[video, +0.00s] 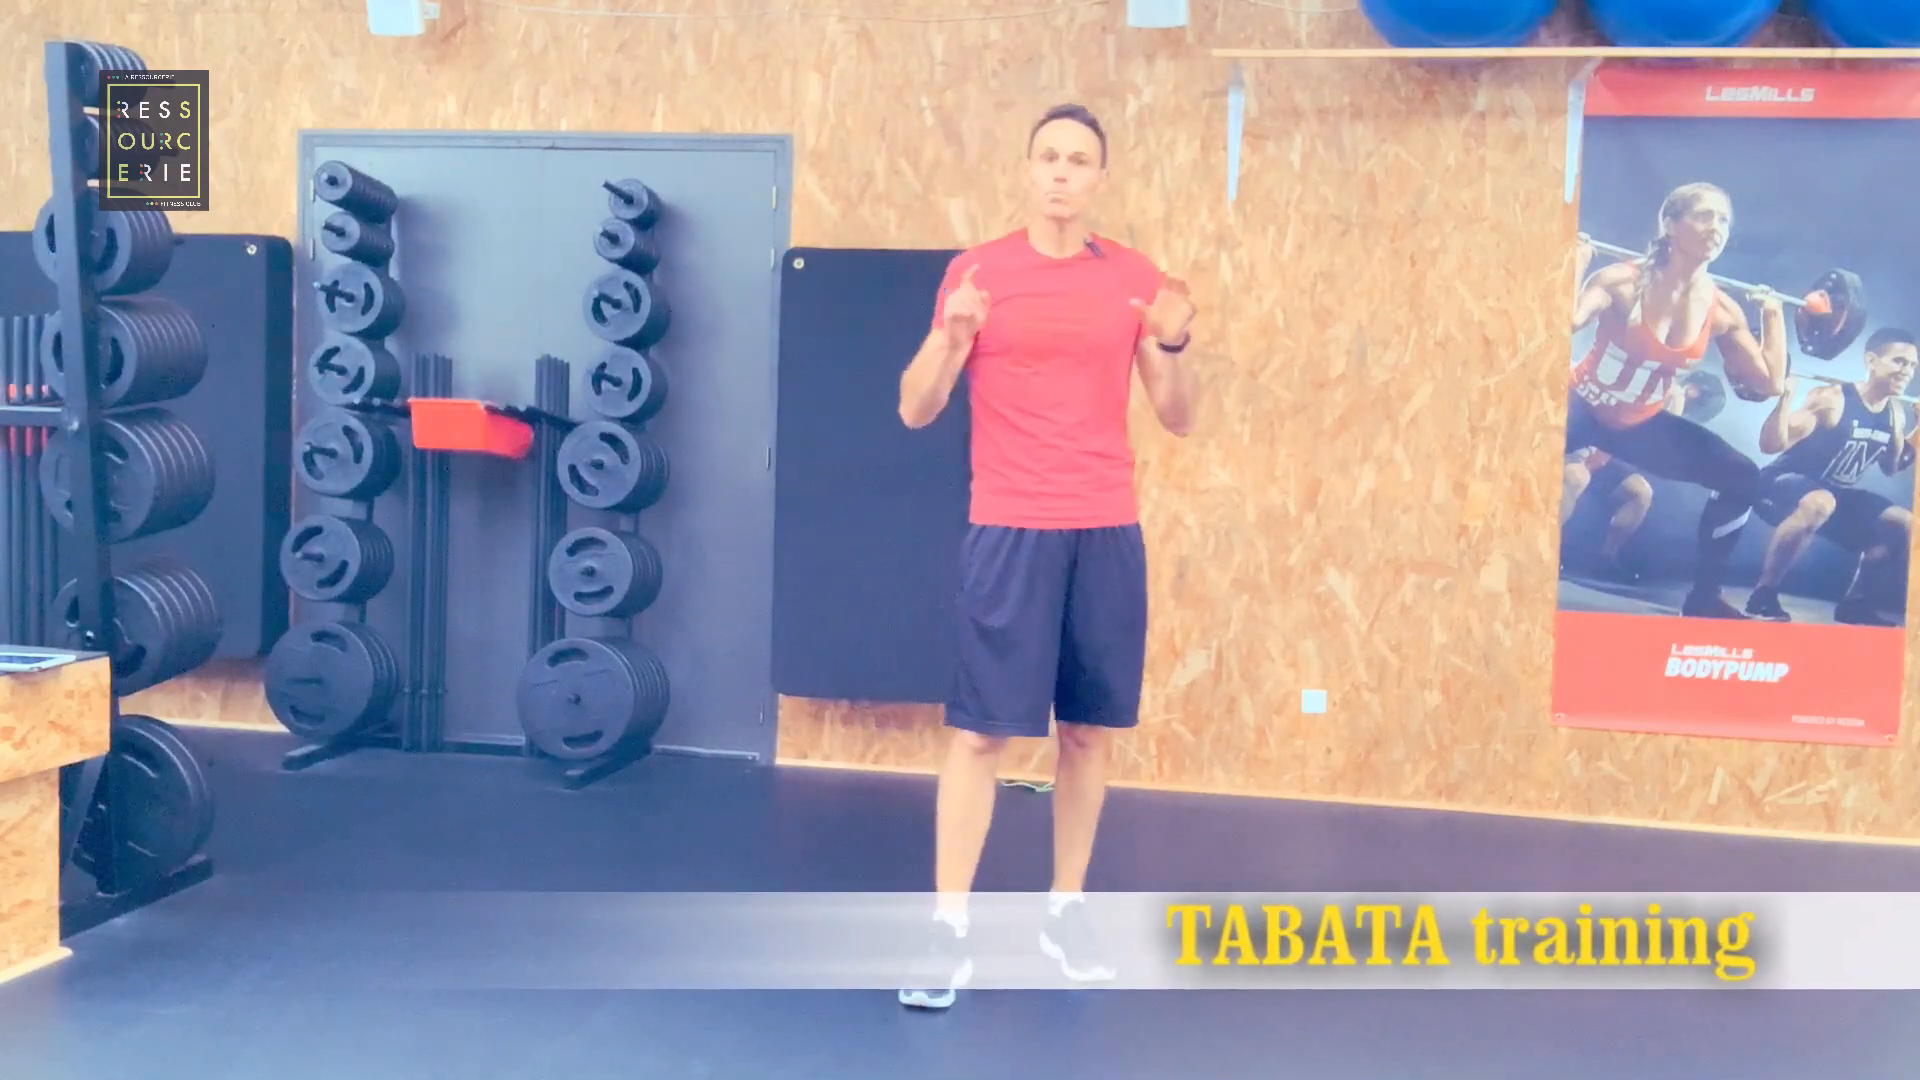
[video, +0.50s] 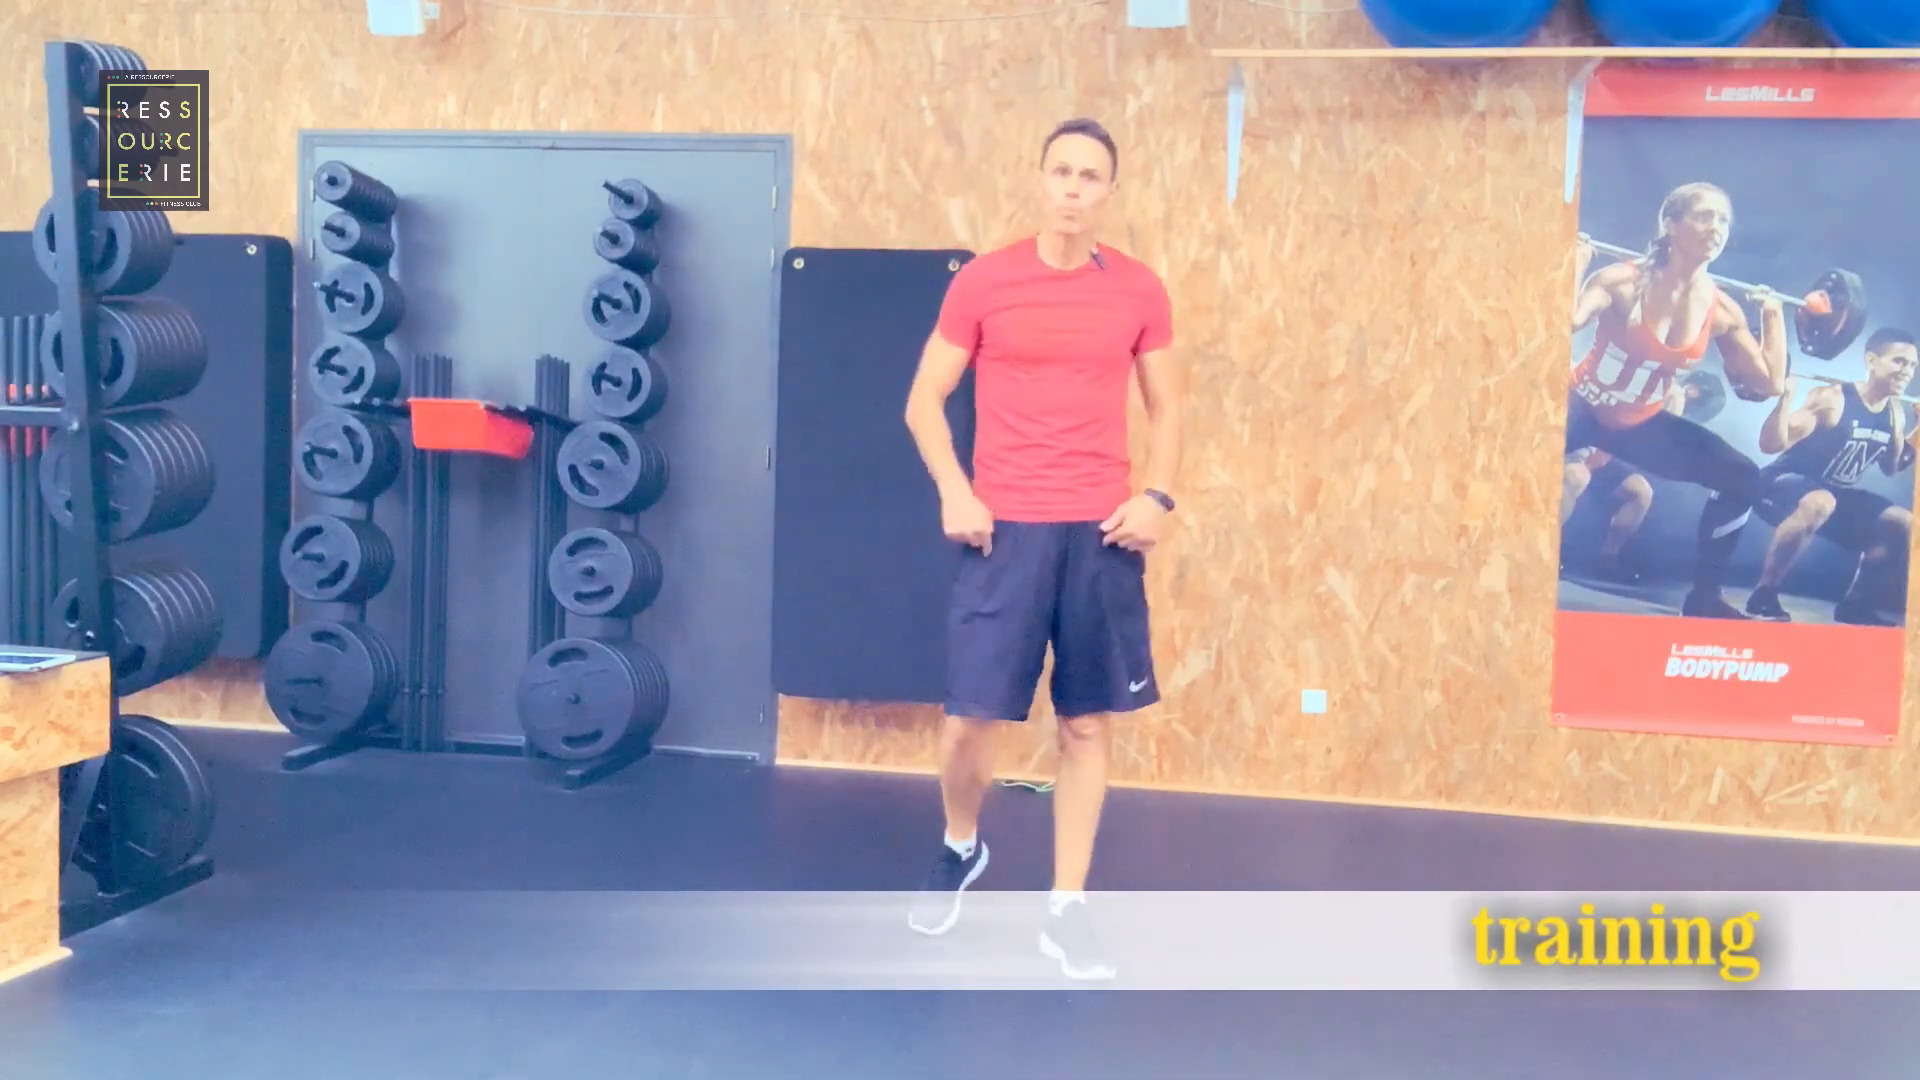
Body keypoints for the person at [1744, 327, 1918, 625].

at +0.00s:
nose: (1906, 371)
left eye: (1911, 365)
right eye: (1899, 361)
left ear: (1914, 371)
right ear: (1871, 361)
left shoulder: (1893, 412)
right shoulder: (1831, 398)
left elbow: (1891, 467)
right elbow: (1769, 444)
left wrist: (1910, 446)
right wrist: (1785, 396)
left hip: (1839, 495)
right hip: (1785, 482)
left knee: (1905, 524)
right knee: (1821, 502)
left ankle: (1854, 604)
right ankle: (1763, 596)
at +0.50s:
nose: (1906, 371)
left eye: (1911, 365)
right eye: (1899, 361)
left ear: (1914, 371)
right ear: (1871, 361)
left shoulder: (1894, 412)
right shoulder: (1830, 398)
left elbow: (1892, 467)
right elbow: (1769, 444)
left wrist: (1912, 443)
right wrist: (1785, 396)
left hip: (1839, 495)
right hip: (1785, 482)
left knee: (1904, 524)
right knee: (1821, 502)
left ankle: (1854, 605)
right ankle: (1763, 596)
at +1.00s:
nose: (1906, 371)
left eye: (1912, 365)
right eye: (1899, 361)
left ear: (1914, 371)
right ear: (1872, 361)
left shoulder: (1894, 411)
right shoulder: (1831, 397)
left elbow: (1891, 466)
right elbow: (1769, 444)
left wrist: (1913, 437)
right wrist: (1784, 398)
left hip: (1838, 495)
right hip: (1785, 481)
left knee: (1904, 524)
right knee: (1821, 502)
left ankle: (1854, 605)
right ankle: (1764, 595)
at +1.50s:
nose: (1906, 372)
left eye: (1911, 365)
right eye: (1899, 361)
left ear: (1913, 371)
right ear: (1872, 361)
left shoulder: (1894, 411)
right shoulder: (1831, 397)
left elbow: (1891, 466)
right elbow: (1769, 444)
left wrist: (1912, 441)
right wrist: (1785, 397)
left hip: (1838, 495)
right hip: (1785, 482)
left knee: (1904, 524)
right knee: (1820, 502)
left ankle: (1854, 604)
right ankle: (1763, 596)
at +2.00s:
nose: (1906, 372)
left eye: (1911, 365)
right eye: (1899, 361)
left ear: (1913, 371)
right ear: (1872, 361)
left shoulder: (1894, 411)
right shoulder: (1831, 397)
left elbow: (1890, 466)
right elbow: (1768, 444)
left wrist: (1910, 444)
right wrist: (1784, 398)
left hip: (1838, 494)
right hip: (1785, 481)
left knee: (1904, 524)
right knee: (1821, 502)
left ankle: (1854, 605)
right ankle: (1763, 595)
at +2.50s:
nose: (1906, 372)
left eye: (1911, 366)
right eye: (1899, 361)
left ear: (1913, 371)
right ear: (1872, 361)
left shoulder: (1894, 411)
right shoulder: (1830, 397)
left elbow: (1891, 467)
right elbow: (1769, 444)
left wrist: (1912, 441)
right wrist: (1785, 396)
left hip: (1839, 494)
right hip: (1785, 481)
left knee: (1905, 524)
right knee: (1821, 502)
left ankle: (1855, 604)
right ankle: (1763, 596)